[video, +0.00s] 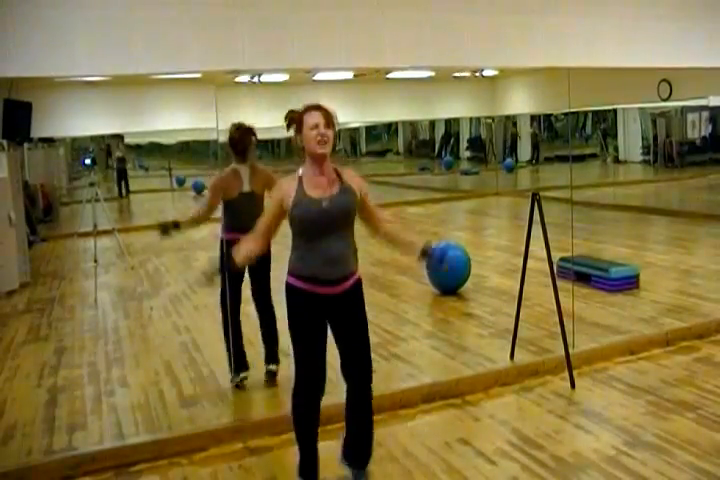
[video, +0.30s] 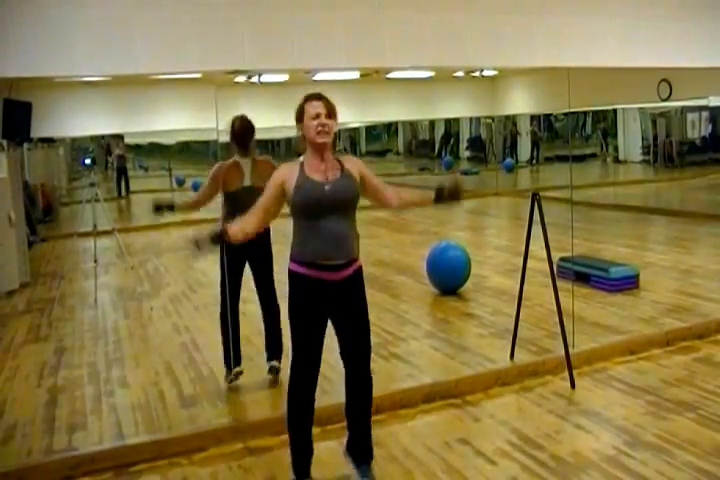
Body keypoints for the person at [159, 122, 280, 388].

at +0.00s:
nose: (250, 148)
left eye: (242, 144)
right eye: (251, 143)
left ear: (229, 147)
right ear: (252, 145)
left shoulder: (223, 180)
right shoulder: (265, 176)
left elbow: (205, 213)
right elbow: (284, 201)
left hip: (231, 245)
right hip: (260, 242)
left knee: (230, 306)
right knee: (264, 302)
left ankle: (238, 368)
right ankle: (272, 360)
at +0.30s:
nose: (240, 139)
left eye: (235, 134)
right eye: (246, 134)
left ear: (231, 138)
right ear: (254, 137)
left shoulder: (223, 170)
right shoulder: (268, 166)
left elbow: (201, 201)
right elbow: (282, 197)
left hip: (232, 241)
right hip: (261, 240)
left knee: (229, 302)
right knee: (268, 298)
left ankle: (233, 365)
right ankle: (274, 358)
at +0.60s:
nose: (243, 166)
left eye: (240, 163)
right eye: (248, 162)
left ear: (233, 170)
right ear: (258, 169)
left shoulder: (228, 193)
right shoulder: (266, 192)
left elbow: (204, 162)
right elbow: (282, 156)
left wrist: (219, 134)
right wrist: (265, 128)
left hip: (237, 272)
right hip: (266, 270)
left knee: (208, 326)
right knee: (289, 321)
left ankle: (204, 386)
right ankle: (308, 374)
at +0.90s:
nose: (248, 148)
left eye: (238, 143)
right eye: (250, 143)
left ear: (231, 147)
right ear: (253, 146)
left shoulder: (225, 179)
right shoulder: (267, 176)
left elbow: (207, 214)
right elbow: (284, 205)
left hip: (232, 247)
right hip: (261, 245)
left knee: (233, 309)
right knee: (266, 303)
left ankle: (239, 373)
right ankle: (273, 365)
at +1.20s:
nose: (247, 139)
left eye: (236, 135)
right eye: (250, 134)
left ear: (230, 138)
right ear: (253, 137)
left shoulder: (223, 170)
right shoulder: (266, 167)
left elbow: (201, 202)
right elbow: (281, 199)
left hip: (231, 241)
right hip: (260, 239)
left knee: (227, 301)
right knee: (269, 297)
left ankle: (231, 366)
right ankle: (276, 358)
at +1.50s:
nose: (241, 168)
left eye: (238, 163)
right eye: (244, 162)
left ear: (233, 168)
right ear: (255, 167)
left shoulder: (228, 194)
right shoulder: (267, 190)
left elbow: (198, 167)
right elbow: (284, 156)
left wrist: (208, 137)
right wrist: (270, 129)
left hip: (235, 271)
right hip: (265, 269)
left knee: (209, 325)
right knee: (288, 320)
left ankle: (208, 386)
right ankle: (305, 369)